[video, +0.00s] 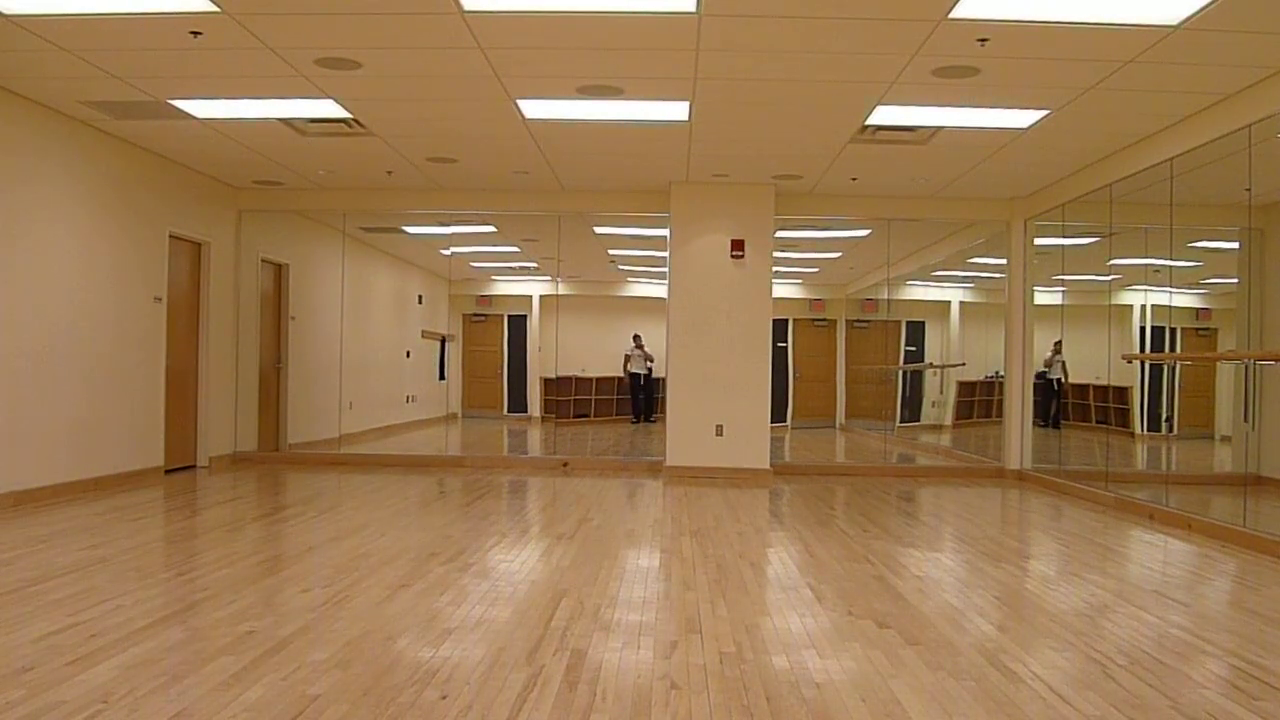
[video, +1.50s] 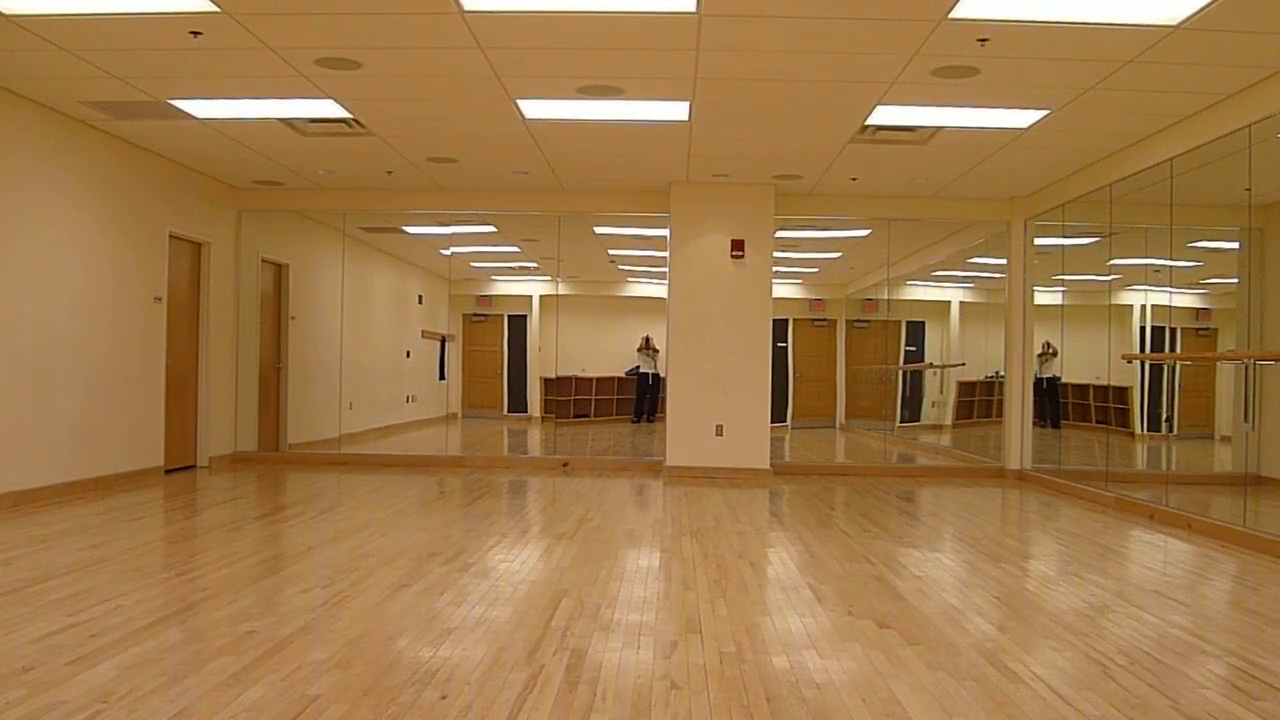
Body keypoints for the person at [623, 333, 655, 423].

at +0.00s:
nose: (638, 342)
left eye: (639, 340)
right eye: (636, 340)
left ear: (642, 340)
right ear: (634, 342)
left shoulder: (645, 350)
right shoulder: (631, 351)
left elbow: (651, 359)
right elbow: (625, 363)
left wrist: (643, 350)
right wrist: (625, 374)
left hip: (645, 372)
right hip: (635, 372)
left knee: (648, 394)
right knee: (635, 395)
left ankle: (648, 415)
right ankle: (636, 416)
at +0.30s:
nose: (639, 343)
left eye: (641, 341)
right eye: (638, 341)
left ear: (643, 341)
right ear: (635, 341)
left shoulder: (647, 351)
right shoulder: (632, 351)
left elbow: (655, 357)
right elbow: (625, 363)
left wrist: (651, 348)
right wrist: (634, 363)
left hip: (647, 373)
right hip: (637, 373)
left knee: (649, 394)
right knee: (636, 395)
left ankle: (650, 415)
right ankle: (636, 416)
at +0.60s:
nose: (642, 343)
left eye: (643, 342)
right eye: (641, 341)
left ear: (645, 343)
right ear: (638, 342)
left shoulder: (648, 352)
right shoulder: (635, 352)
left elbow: (652, 352)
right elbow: (636, 350)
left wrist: (648, 343)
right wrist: (638, 343)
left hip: (650, 371)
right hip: (640, 371)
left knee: (651, 395)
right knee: (639, 395)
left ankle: (650, 416)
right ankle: (637, 416)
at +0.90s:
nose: (644, 343)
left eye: (645, 341)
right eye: (642, 341)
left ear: (647, 342)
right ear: (639, 342)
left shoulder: (650, 352)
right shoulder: (637, 351)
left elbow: (654, 352)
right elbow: (640, 349)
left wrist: (648, 343)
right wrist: (642, 343)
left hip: (652, 372)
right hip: (641, 371)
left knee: (652, 395)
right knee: (639, 395)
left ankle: (651, 415)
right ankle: (637, 416)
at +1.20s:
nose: (646, 342)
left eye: (647, 340)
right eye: (645, 340)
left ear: (650, 341)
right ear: (642, 342)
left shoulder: (653, 352)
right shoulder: (639, 352)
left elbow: (656, 351)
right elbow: (637, 349)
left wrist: (651, 342)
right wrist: (641, 340)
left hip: (653, 372)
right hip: (642, 372)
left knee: (653, 395)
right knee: (640, 395)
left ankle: (651, 416)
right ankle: (637, 416)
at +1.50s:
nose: (647, 343)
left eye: (649, 341)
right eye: (645, 341)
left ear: (652, 342)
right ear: (643, 342)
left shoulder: (655, 352)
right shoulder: (640, 351)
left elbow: (656, 350)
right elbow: (640, 348)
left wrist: (652, 345)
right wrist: (642, 341)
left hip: (654, 372)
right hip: (643, 371)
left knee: (653, 395)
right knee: (640, 395)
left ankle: (651, 415)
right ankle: (637, 415)